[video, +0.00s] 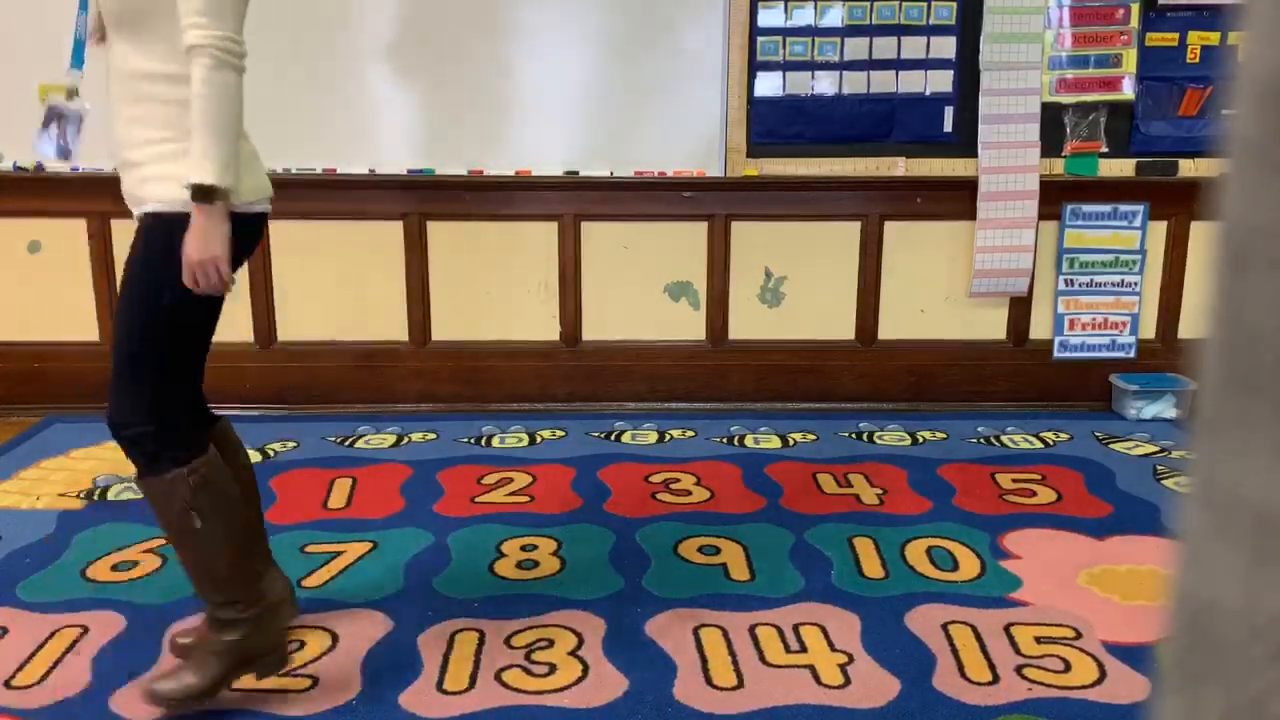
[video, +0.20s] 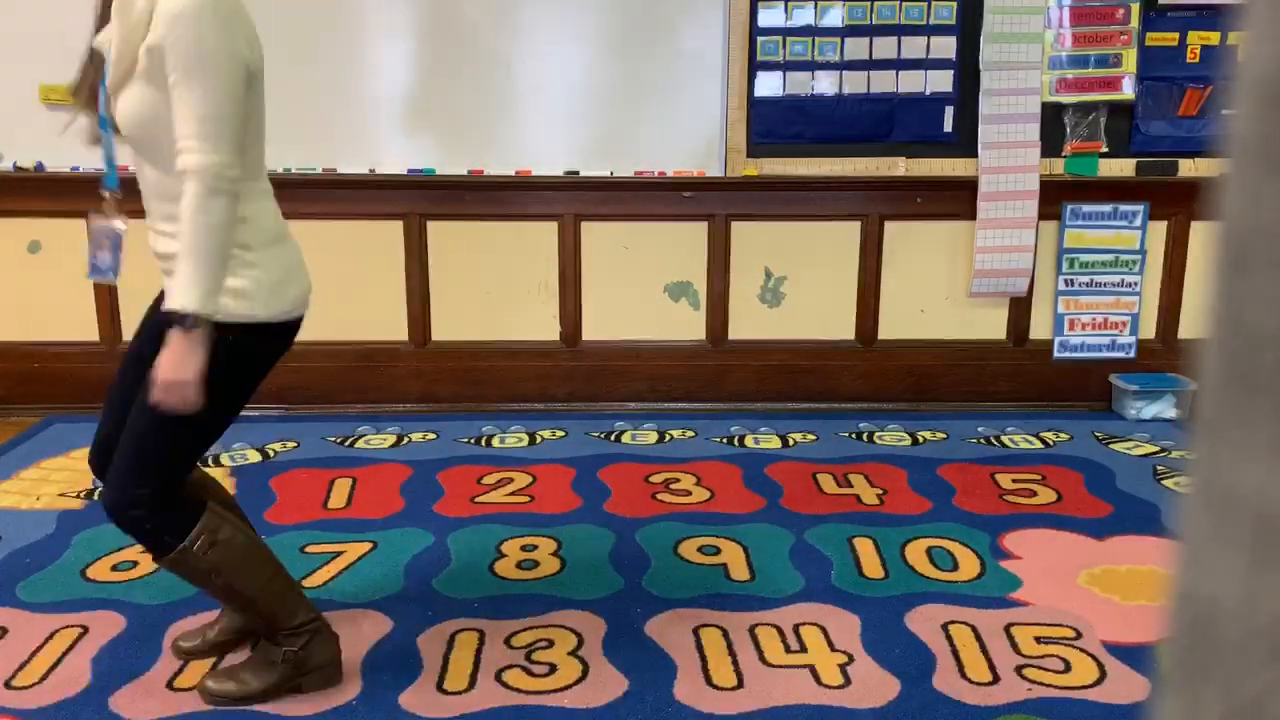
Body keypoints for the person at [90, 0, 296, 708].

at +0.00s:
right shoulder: (138, 7)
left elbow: (217, 50)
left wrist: (209, 203)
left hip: (196, 201)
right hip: (174, 198)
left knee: (142, 417)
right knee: (173, 410)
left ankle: (244, 617)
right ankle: (253, 596)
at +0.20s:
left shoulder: (196, 14)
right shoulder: (146, 15)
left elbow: (214, 175)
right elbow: (167, 142)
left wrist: (191, 327)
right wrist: (104, 100)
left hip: (245, 296)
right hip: (194, 282)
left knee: (140, 493)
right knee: (116, 462)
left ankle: (301, 635)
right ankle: (254, 602)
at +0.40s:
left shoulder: (82, 7)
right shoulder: (251, 0)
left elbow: (84, 120)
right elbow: (312, 71)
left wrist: (86, 258)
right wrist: (346, 198)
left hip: (216, 245)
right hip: (298, 227)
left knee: (185, 454)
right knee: (236, 414)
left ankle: (301, 637)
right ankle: (260, 591)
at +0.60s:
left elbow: (56, 80)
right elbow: (278, 27)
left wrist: (106, 205)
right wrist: (343, 176)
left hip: (152, 205)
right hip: (280, 183)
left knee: (208, 432)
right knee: (334, 402)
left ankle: (266, 653)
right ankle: (377, 597)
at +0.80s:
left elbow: (95, 75)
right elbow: (197, 51)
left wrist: (127, 195)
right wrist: (249, 204)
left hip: (141, 207)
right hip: (228, 203)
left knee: (213, 424)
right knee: (293, 424)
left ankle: (234, 648)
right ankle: (265, 668)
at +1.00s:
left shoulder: (104, 12)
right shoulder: (159, 5)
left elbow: (101, 117)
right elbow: (179, 108)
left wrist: (106, 270)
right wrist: (250, 279)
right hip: (175, 268)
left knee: (292, 453)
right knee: (267, 471)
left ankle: (210, 654)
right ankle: (151, 696)